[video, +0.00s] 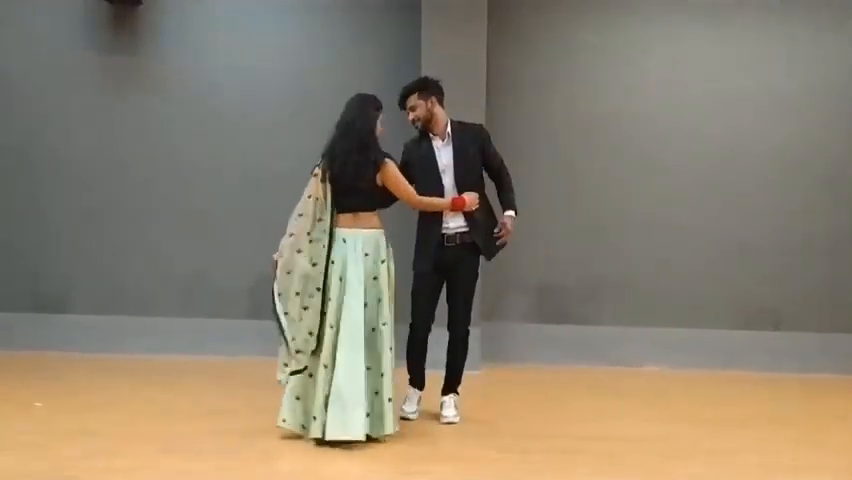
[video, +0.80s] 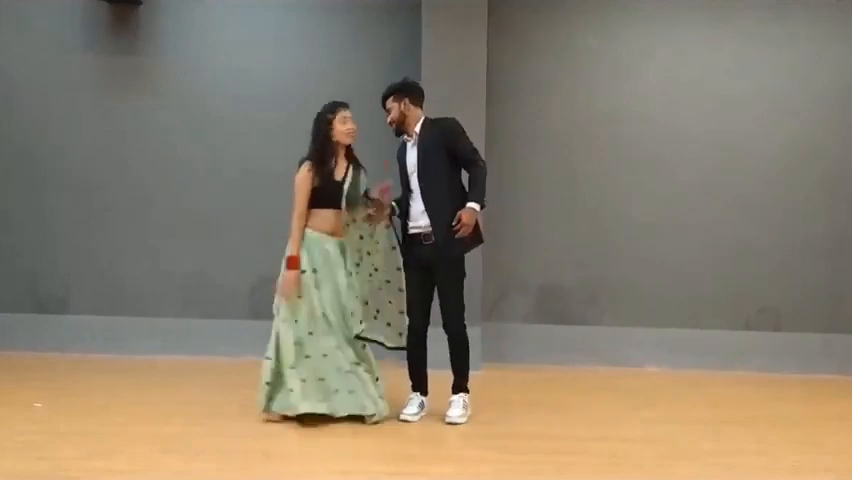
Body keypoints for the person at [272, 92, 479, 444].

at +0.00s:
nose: (382, 126)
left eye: (381, 119)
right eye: (381, 120)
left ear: (347, 120)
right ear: (372, 123)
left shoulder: (329, 163)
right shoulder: (380, 163)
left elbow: (307, 213)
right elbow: (415, 201)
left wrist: (285, 252)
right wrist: (457, 203)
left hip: (336, 245)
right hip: (370, 245)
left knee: (333, 328)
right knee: (367, 331)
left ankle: (326, 413)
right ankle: (360, 415)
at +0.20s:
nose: (377, 128)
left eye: (376, 121)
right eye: (375, 122)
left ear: (346, 123)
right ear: (366, 124)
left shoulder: (327, 165)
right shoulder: (371, 165)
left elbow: (316, 216)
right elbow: (405, 205)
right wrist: (447, 202)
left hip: (333, 248)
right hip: (364, 248)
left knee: (330, 328)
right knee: (363, 329)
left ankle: (322, 408)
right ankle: (360, 410)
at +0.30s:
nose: (374, 128)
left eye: (374, 121)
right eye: (372, 122)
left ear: (344, 124)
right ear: (361, 124)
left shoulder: (332, 163)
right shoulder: (364, 163)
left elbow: (331, 211)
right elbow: (395, 205)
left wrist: (380, 211)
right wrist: (440, 202)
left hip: (335, 246)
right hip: (361, 247)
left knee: (332, 326)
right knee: (361, 327)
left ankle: (324, 404)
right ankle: (357, 407)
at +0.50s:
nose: (369, 126)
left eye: (369, 119)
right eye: (365, 120)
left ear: (352, 123)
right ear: (350, 122)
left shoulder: (354, 158)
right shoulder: (343, 160)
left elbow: (359, 207)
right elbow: (360, 206)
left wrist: (383, 211)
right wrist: (400, 205)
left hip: (355, 240)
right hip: (342, 242)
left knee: (358, 320)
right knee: (349, 320)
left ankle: (355, 401)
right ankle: (346, 403)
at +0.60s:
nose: (367, 123)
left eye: (367, 117)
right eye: (362, 117)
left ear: (356, 120)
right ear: (347, 120)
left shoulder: (360, 155)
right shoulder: (333, 159)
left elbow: (367, 197)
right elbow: (334, 207)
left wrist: (375, 167)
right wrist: (373, 216)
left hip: (363, 241)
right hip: (337, 244)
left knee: (364, 317)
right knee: (348, 318)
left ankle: (362, 396)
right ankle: (345, 399)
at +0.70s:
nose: (362, 123)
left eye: (361, 117)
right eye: (356, 118)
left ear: (353, 123)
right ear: (339, 121)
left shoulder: (357, 162)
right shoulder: (319, 163)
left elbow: (363, 209)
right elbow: (310, 210)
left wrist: (378, 182)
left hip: (349, 242)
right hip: (321, 242)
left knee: (351, 319)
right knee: (329, 319)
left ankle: (353, 397)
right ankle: (330, 398)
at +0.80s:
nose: (351, 127)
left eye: (352, 121)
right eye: (343, 122)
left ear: (353, 128)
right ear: (327, 129)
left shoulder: (353, 169)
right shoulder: (309, 170)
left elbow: (351, 210)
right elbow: (299, 218)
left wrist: (375, 213)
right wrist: (292, 265)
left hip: (340, 251)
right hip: (311, 250)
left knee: (340, 324)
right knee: (311, 324)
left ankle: (342, 396)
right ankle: (307, 398)